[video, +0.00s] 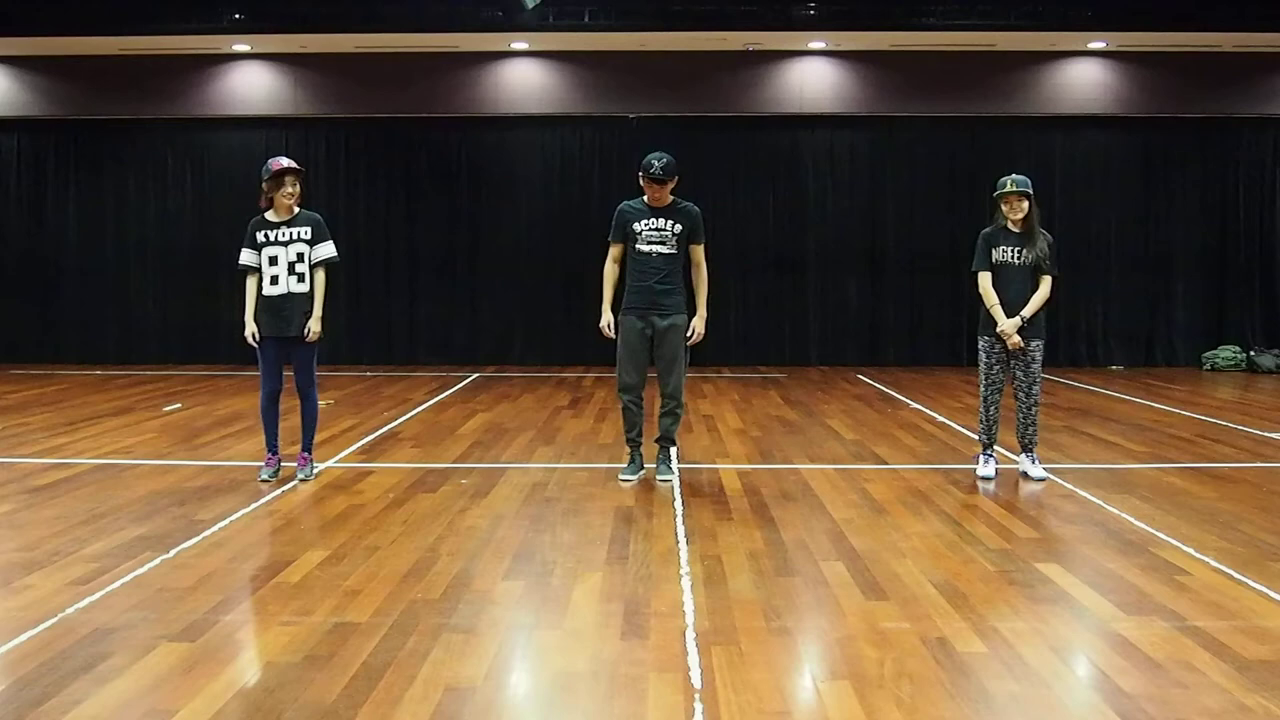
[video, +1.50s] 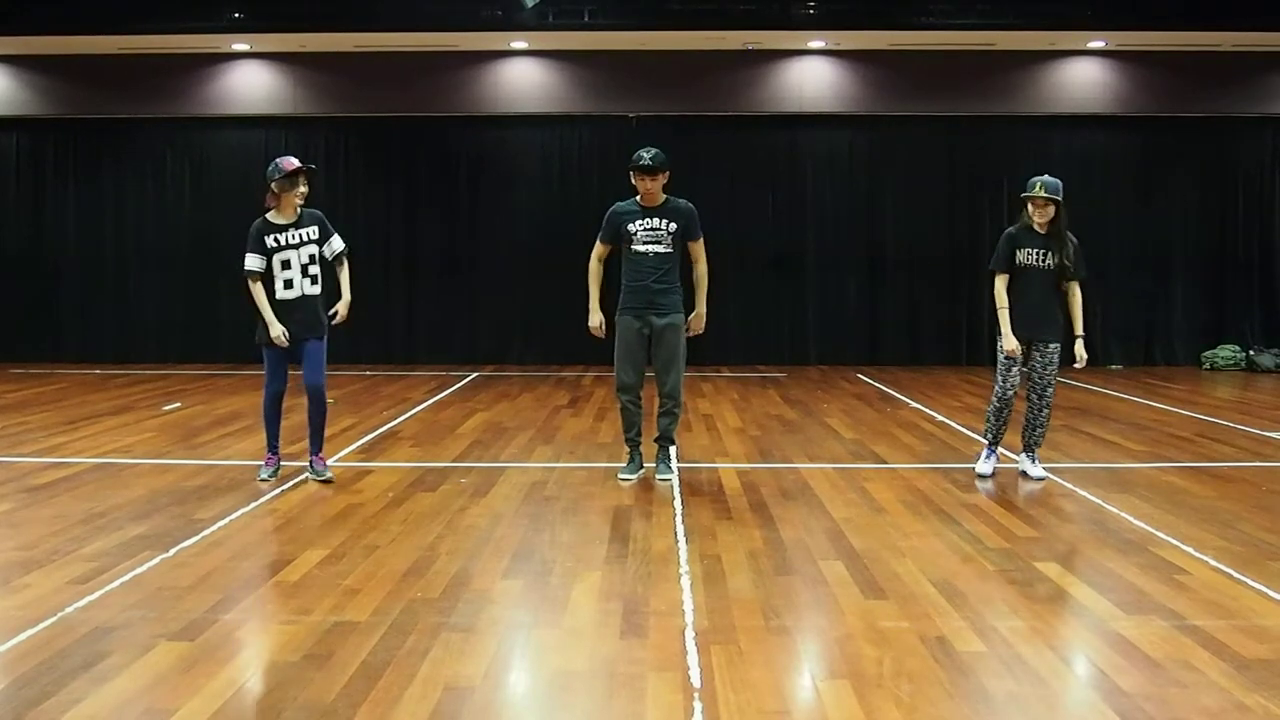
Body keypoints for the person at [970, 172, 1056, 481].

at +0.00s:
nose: (1015, 205)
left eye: (1020, 199)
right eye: (1008, 200)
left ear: (1029, 202)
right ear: (1000, 204)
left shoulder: (1042, 240)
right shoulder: (988, 237)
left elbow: (1045, 288)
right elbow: (985, 286)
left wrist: (1019, 321)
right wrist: (1006, 329)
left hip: (1031, 332)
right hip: (992, 331)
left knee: (1029, 396)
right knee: (990, 394)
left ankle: (1028, 455)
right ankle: (987, 455)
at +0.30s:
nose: (1016, 205)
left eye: (1022, 199)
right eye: (1009, 200)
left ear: (1030, 202)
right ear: (1001, 204)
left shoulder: (1043, 239)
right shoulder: (989, 237)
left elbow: (1046, 287)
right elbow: (985, 286)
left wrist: (1019, 320)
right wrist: (1007, 329)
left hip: (1031, 332)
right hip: (992, 331)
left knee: (1029, 396)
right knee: (990, 394)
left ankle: (1027, 455)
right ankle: (986, 454)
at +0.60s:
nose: (1020, 204)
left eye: (1025, 198)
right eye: (1013, 199)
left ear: (1034, 202)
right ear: (1004, 202)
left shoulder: (1046, 238)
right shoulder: (992, 236)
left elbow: (1049, 286)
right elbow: (989, 285)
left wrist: (1024, 322)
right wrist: (1009, 328)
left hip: (1034, 332)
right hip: (996, 331)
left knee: (1032, 396)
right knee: (992, 393)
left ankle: (1028, 454)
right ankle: (987, 454)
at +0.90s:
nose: (1031, 203)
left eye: (1037, 198)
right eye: (1025, 198)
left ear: (1046, 201)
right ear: (1016, 201)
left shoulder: (1056, 238)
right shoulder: (1003, 235)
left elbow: (1059, 286)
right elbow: (999, 284)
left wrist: (1034, 323)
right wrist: (1019, 329)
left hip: (1042, 334)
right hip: (1004, 332)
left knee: (1036, 397)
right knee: (997, 392)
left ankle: (1029, 454)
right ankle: (988, 452)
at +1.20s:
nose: (1038, 204)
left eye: (1044, 199)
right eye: (1032, 198)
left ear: (1054, 203)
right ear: (1023, 201)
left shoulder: (1063, 240)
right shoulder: (1009, 235)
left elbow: (1069, 288)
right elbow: (1001, 285)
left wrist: (1070, 334)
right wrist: (1015, 331)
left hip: (1047, 335)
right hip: (1009, 331)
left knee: (1037, 398)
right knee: (998, 393)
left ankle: (1029, 454)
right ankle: (988, 452)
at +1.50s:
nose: (1040, 209)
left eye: (1046, 204)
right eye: (1035, 203)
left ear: (1057, 207)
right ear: (1027, 205)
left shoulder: (1067, 242)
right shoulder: (1012, 238)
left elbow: (1074, 290)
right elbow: (1000, 286)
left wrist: (1079, 338)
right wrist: (1006, 333)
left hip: (1050, 336)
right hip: (1015, 332)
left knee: (1041, 398)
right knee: (1004, 393)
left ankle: (1029, 455)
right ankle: (989, 450)